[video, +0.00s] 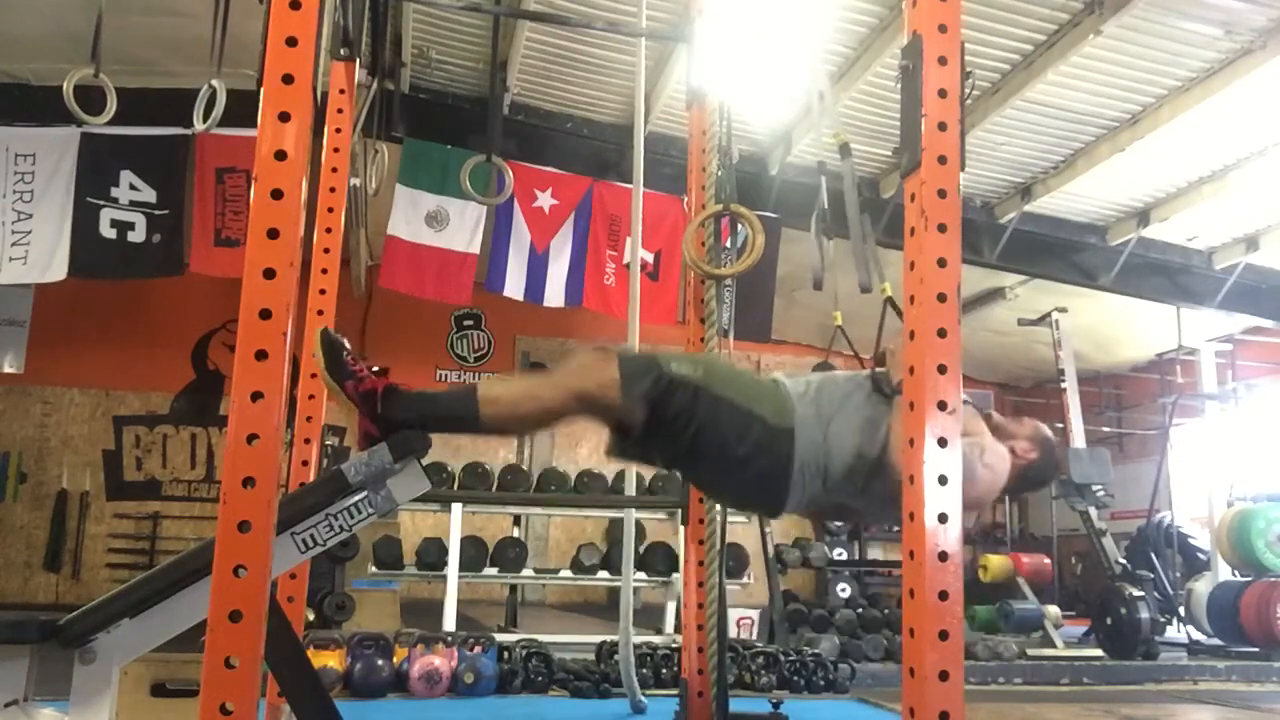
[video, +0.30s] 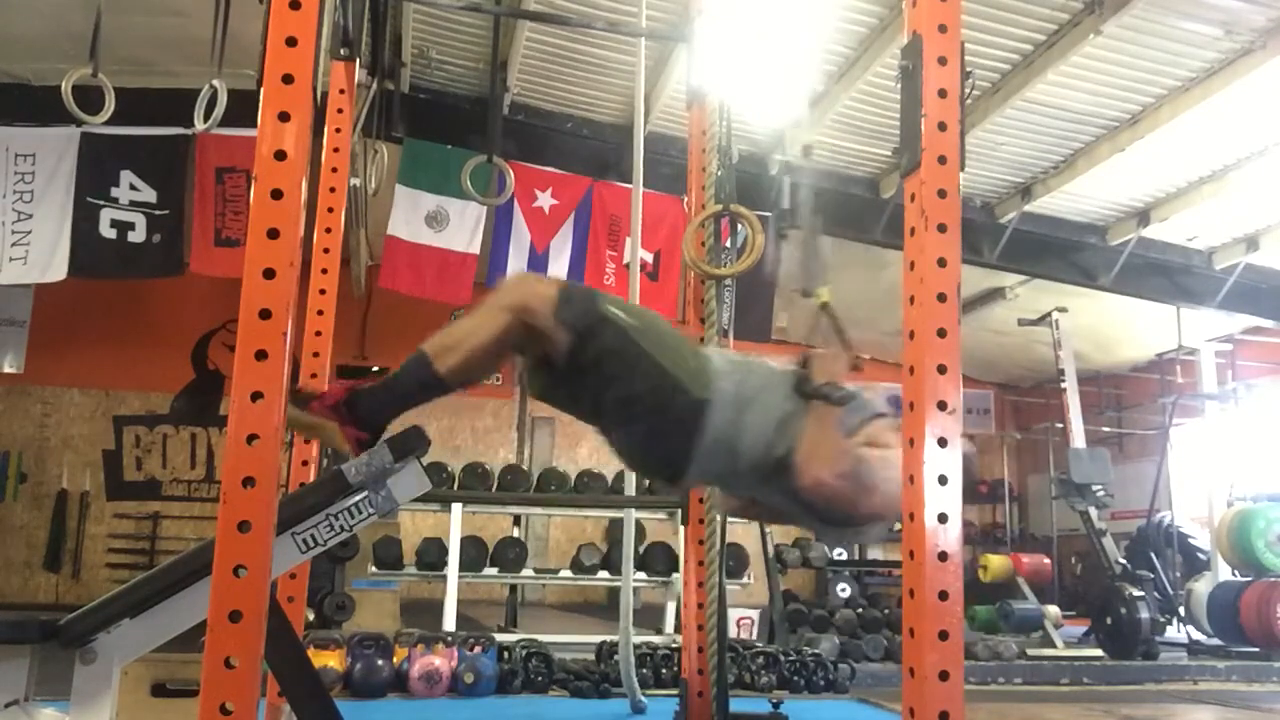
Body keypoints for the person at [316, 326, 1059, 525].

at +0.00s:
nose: (1019, 422)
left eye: (1030, 432)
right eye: (1025, 419)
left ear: (1027, 460)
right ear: (1011, 421)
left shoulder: (985, 465)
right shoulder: (964, 428)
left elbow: (907, 471)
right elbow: (886, 426)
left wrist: (918, 381)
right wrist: (895, 370)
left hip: (786, 443)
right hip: (776, 425)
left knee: (594, 373)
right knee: (579, 392)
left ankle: (389, 407)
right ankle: (398, 421)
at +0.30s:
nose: (925, 422)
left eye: (939, 432)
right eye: (937, 422)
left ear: (938, 467)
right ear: (927, 426)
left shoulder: (897, 486)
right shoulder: (884, 434)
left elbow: (825, 474)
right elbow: (828, 418)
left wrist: (824, 382)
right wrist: (830, 363)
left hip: (687, 418)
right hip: (688, 382)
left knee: (530, 294)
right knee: (515, 316)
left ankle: (370, 408)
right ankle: (378, 400)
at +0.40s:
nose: (894, 421)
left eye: (906, 434)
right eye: (904, 420)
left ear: (900, 470)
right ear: (891, 433)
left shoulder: (848, 480)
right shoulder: (832, 439)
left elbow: (772, 476)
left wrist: (802, 394)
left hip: (646, 405)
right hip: (646, 395)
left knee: (492, 276)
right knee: (485, 303)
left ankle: (352, 416)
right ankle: (357, 413)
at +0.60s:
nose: (809, 438)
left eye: (817, 452)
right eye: (817, 440)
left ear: (807, 471)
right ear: (804, 437)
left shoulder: (763, 473)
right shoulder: (746, 444)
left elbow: (679, 458)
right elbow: (602, 477)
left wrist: (710, 378)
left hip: (569, 373)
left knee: (410, 243)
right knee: (392, 296)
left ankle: (329, 421)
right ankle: (326, 421)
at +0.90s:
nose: (730, 385)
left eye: (740, 400)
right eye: (742, 389)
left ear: (726, 429)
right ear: (724, 416)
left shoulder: (681, 440)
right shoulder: (667, 406)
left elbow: (598, 431)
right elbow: (532, 438)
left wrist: (637, 351)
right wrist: (637, 355)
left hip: (482, 355)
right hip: (484, 316)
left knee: (329, 247)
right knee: (330, 255)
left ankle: (305, 418)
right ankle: (304, 417)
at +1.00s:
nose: (718, 375)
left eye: (728, 389)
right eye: (729, 380)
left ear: (716, 418)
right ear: (713, 412)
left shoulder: (669, 428)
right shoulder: (657, 391)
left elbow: (589, 429)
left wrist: (627, 348)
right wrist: (630, 338)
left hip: (467, 344)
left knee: (317, 248)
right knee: (315, 281)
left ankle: (305, 418)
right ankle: (302, 420)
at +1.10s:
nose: (712, 371)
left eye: (723, 384)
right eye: (724, 376)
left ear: (713, 412)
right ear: (711, 413)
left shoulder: (665, 425)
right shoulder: (654, 395)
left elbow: (585, 427)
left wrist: (622, 343)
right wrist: (628, 336)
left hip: (462, 341)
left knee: (310, 249)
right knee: (311, 279)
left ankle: (302, 418)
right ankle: (299, 418)